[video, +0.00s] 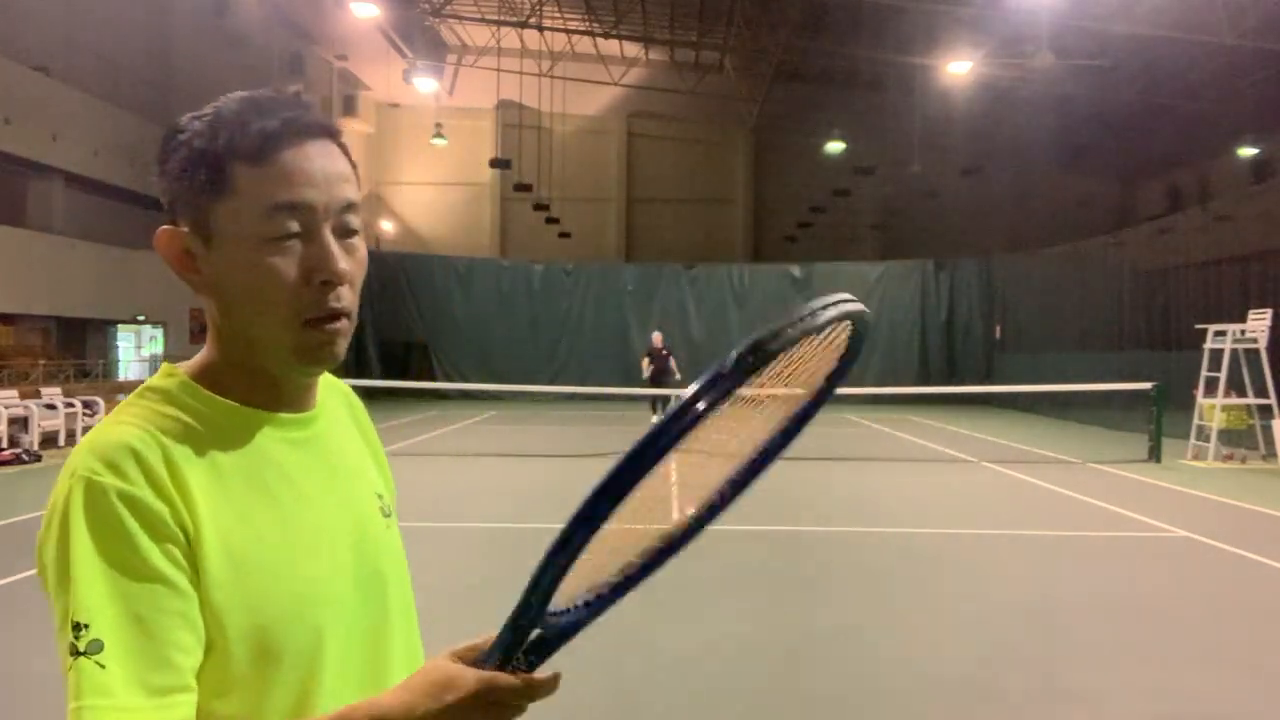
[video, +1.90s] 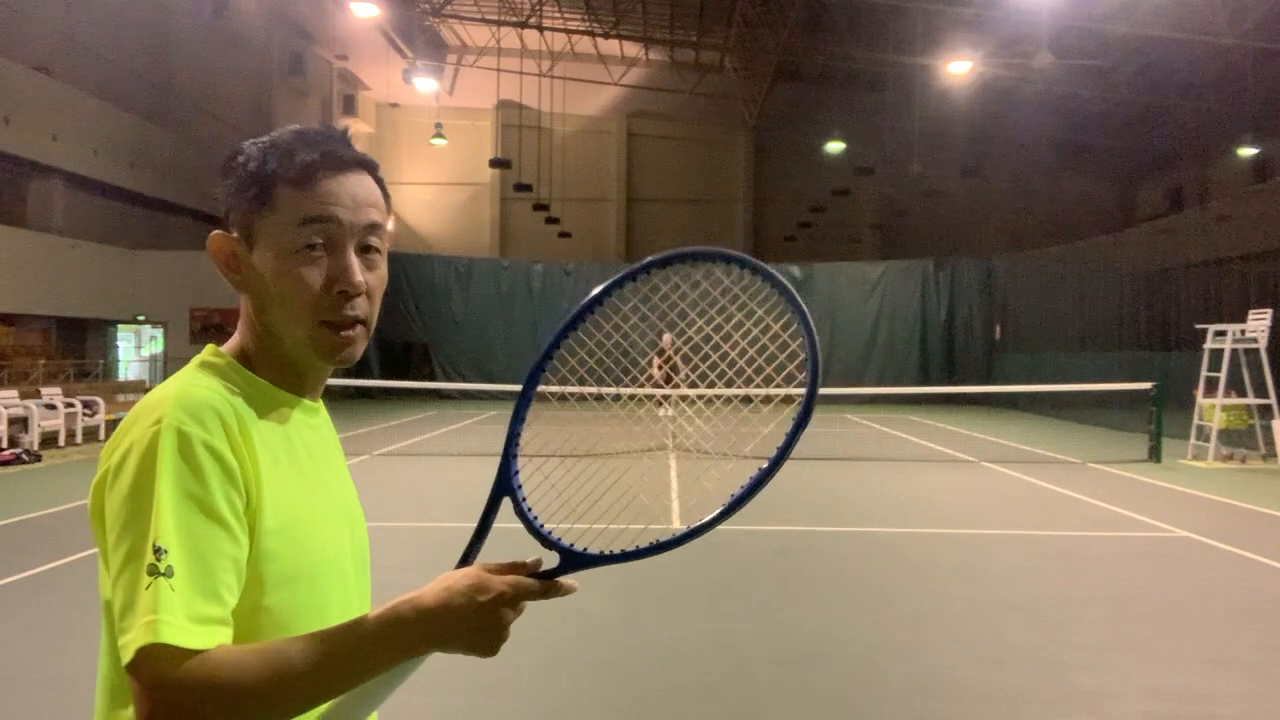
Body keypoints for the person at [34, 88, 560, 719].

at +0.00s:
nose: (335, 269)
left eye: (346, 228)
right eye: (286, 235)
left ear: (365, 239)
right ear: (189, 259)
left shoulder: (340, 408)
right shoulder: (124, 472)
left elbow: (365, 655)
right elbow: (130, 705)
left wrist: (445, 695)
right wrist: (408, 703)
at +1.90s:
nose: (352, 279)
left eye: (369, 247)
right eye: (313, 247)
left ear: (388, 256)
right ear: (233, 260)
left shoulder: (305, 417)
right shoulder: (183, 427)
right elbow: (168, 696)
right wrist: (421, 623)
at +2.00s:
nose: (376, 283)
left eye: (386, 253)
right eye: (340, 252)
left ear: (397, 256)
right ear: (253, 266)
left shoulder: (301, 417)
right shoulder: (207, 425)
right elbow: (193, 684)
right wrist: (428, 622)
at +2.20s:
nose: (428, 288)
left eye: (423, 264)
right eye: (416, 262)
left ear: (353, 276)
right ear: (352, 274)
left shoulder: (305, 404)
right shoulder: (266, 408)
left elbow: (327, 630)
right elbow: (317, 641)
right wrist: (534, 602)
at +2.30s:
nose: (438, 291)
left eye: (438, 270)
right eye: (436, 269)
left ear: (322, 273)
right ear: (402, 278)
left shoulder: (289, 392)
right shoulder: (317, 410)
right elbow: (300, 647)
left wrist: (479, 668)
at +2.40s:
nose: (457, 298)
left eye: (458, 277)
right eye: (457, 277)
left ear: (343, 285)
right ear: (437, 285)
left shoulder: (282, 396)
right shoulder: (367, 409)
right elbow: (321, 637)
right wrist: (471, 712)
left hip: (247, 705)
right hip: (328, 709)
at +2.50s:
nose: (478, 309)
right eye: (480, 291)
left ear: (357, 290)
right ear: (468, 294)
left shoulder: (286, 407)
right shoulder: (425, 411)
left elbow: (246, 592)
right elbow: (390, 628)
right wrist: (482, 713)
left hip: (260, 707)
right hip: (364, 709)